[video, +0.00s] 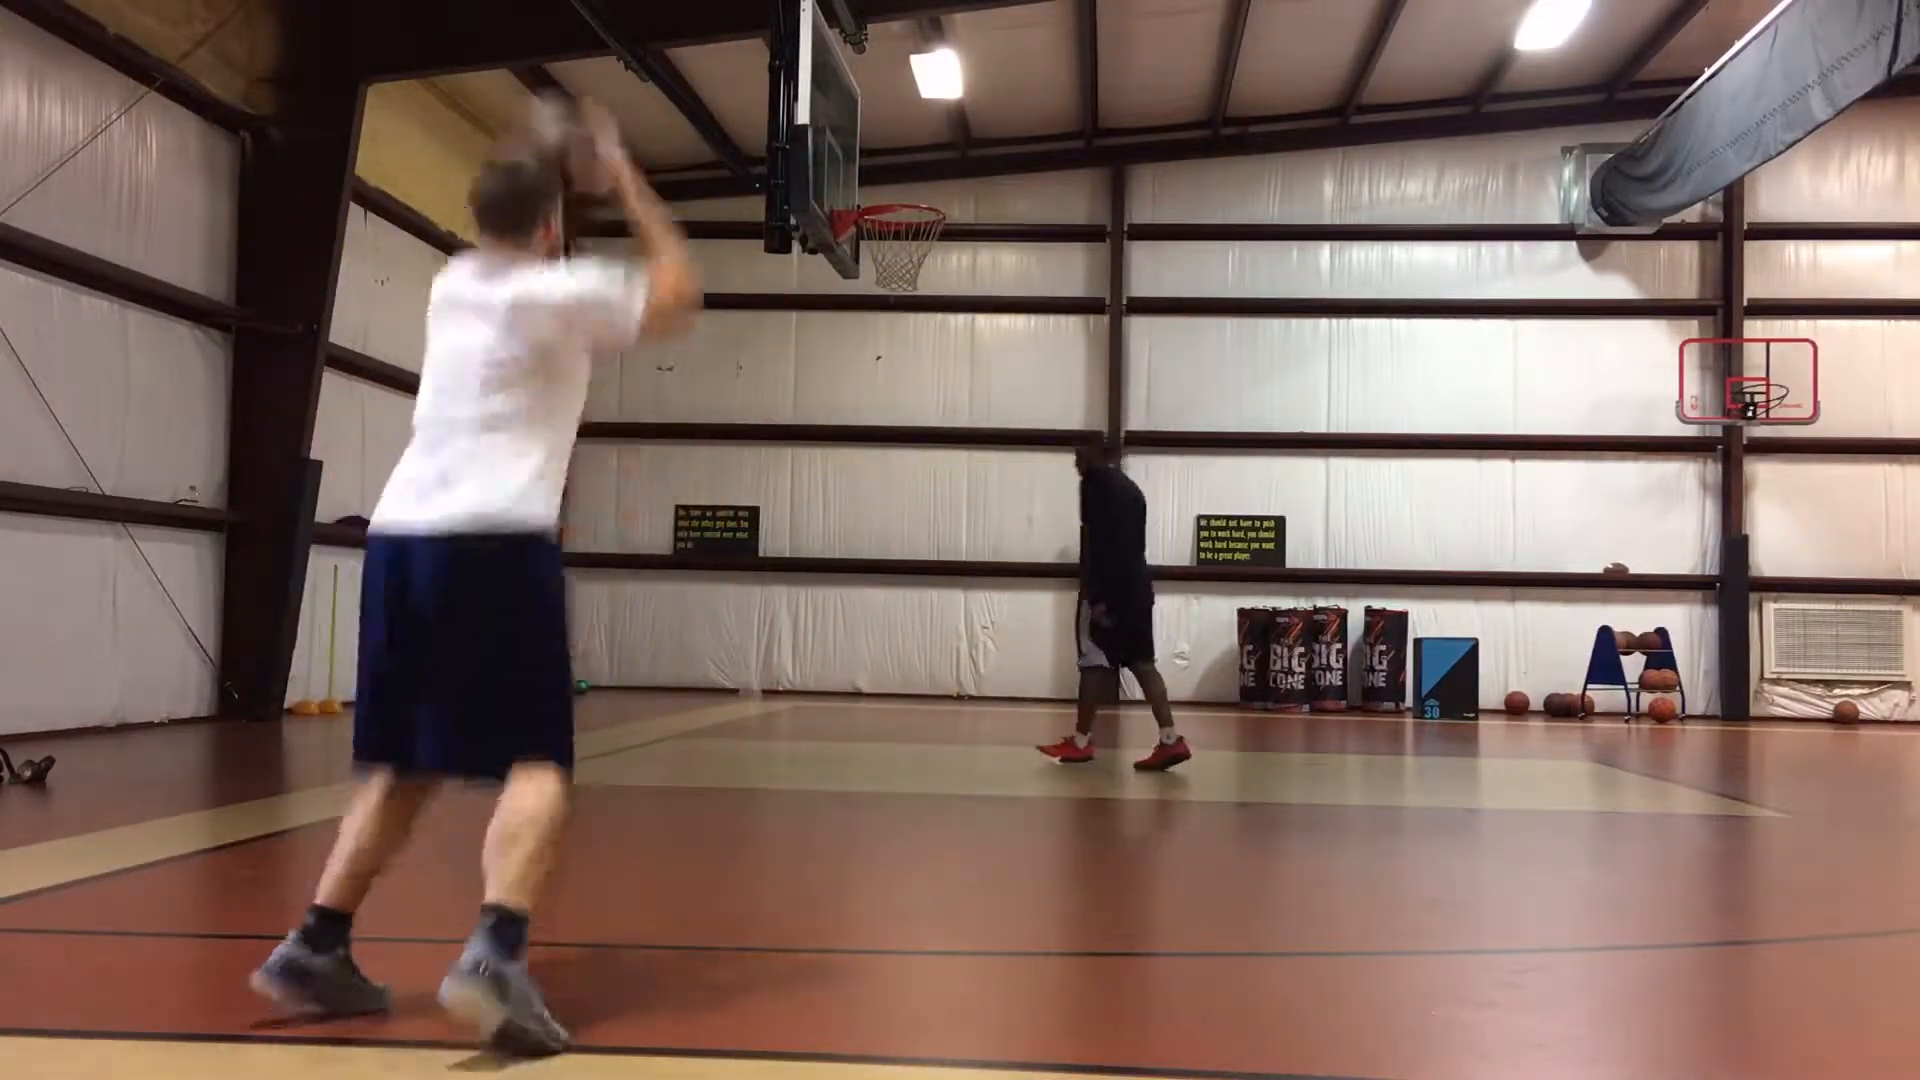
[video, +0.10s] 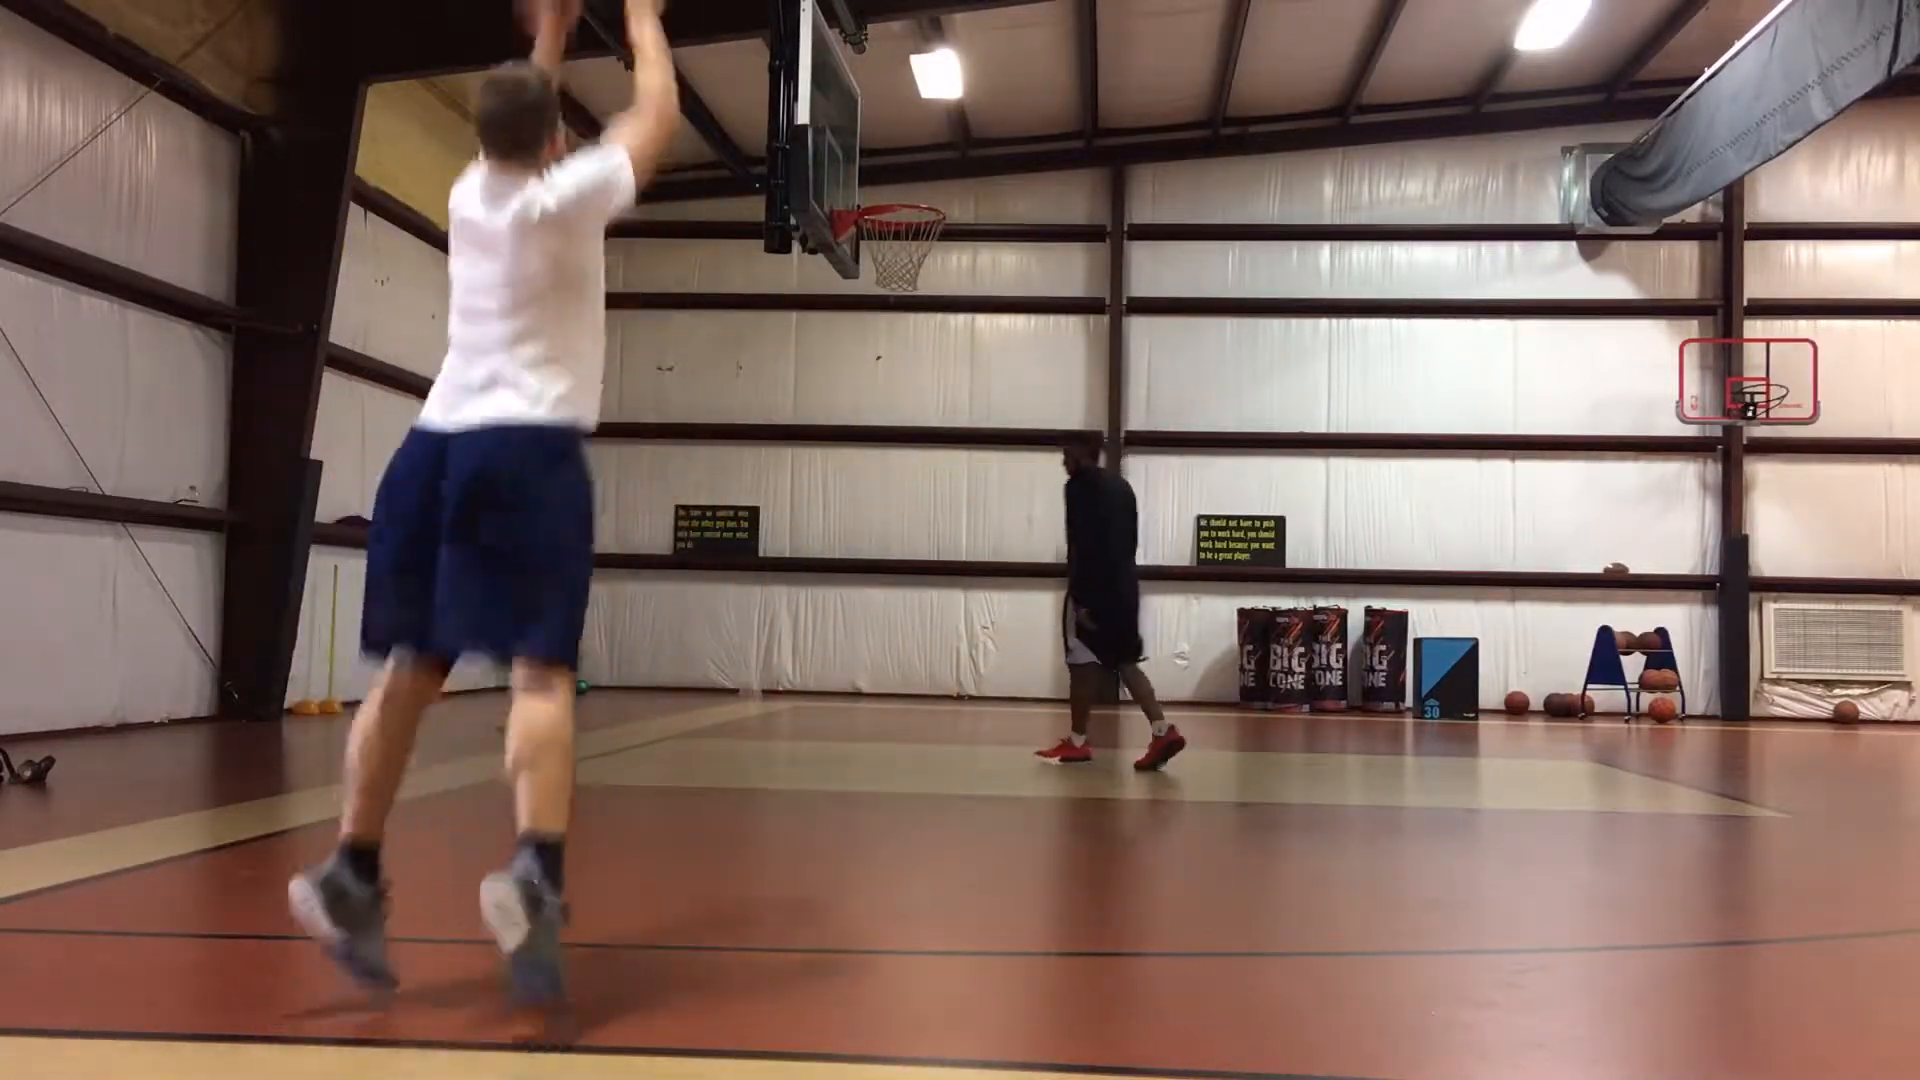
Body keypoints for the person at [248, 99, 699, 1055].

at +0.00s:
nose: (568, 228)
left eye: (561, 218)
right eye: (563, 213)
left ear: (480, 219)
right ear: (553, 223)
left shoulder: (450, 285)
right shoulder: (559, 294)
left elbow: (509, 236)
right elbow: (676, 286)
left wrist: (552, 168)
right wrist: (631, 188)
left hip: (399, 545)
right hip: (499, 545)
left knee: (399, 761)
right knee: (540, 760)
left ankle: (315, 947)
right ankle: (495, 957)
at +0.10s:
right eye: (556, 118)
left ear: (485, 137)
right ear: (556, 133)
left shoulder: (468, 196)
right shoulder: (572, 197)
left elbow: (515, 128)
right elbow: (657, 111)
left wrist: (544, 49)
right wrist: (648, 26)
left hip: (437, 448)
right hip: (534, 452)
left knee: (410, 670)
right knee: (542, 674)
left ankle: (352, 874)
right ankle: (537, 874)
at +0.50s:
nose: (598, 234)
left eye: (572, 225)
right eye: (593, 225)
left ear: (523, 237)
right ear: (590, 237)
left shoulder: (504, 296)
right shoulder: (609, 307)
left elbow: (531, 213)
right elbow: (682, 233)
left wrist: (551, 145)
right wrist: (651, 153)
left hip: (499, 563)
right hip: (585, 568)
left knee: (524, 757)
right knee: (616, 773)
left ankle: (477, 917)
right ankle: (560, 955)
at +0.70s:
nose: (634, 260)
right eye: (631, 251)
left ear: (554, 261)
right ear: (624, 267)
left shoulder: (527, 314)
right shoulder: (638, 349)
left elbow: (530, 231)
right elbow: (756, 375)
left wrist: (531, 160)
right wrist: (706, 299)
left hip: (518, 576)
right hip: (610, 580)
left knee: (538, 755)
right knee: (697, 743)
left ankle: (478, 916)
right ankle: (645, 895)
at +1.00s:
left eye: (645, 229)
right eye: (717, 228)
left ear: (646, 234)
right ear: (723, 237)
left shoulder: (611, 289)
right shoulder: (753, 338)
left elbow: (560, 186)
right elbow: (829, 439)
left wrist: (534, 98)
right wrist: (792, 406)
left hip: (591, 553)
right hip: (695, 563)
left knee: (555, 739)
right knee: (716, 762)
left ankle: (508, 911)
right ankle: (722, 949)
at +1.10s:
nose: (726, 222)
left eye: (677, 212)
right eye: (738, 210)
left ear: (665, 219)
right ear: (748, 219)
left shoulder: (626, 271)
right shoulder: (775, 324)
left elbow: (566, 168)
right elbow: (838, 448)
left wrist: (541, 79)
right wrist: (885, 510)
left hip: (603, 538)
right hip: (709, 552)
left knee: (569, 734)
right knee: (720, 759)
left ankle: (524, 922)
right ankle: (724, 953)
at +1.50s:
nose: (755, 196)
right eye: (757, 187)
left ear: (668, 193)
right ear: (751, 199)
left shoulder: (612, 262)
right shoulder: (779, 301)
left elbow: (528, 261)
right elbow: (766, 434)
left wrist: (578, 179)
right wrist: (760, 574)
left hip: (611, 543)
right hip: (719, 553)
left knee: (602, 768)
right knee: (720, 772)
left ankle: (593, 985)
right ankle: (727, 966)